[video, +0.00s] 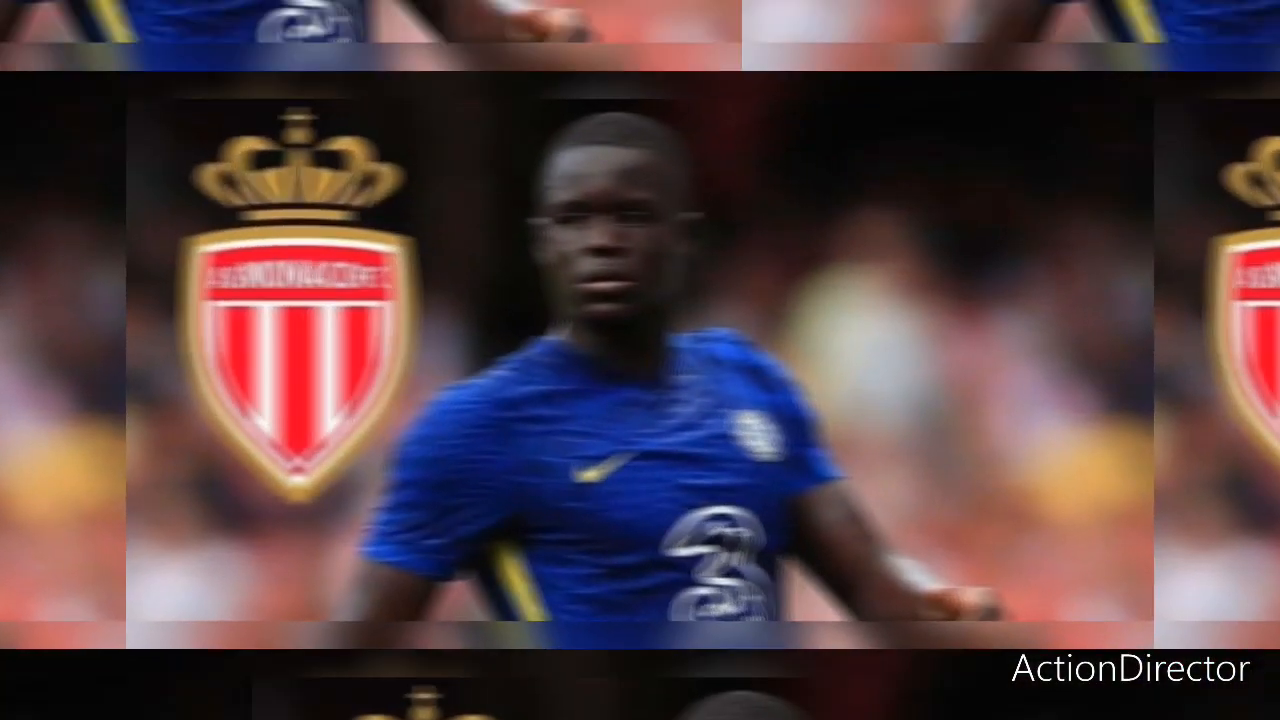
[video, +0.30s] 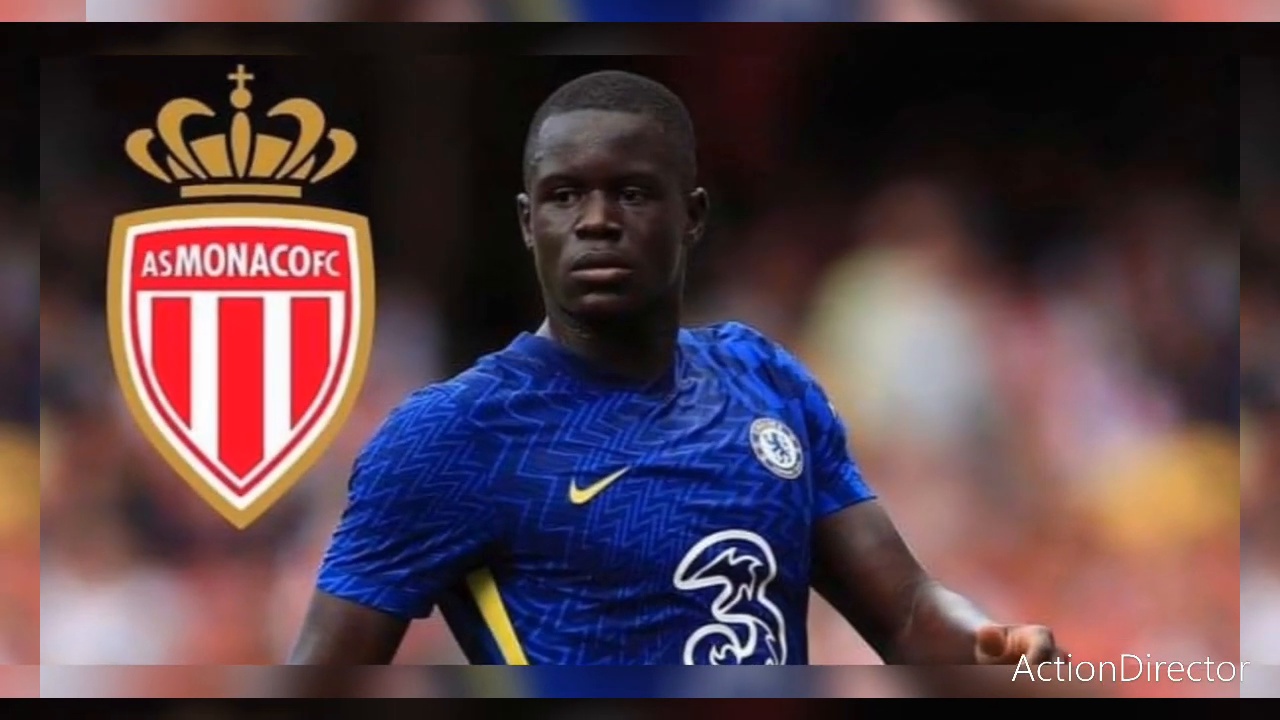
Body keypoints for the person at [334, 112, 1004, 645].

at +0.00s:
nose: (604, 241)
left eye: (634, 216)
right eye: (573, 219)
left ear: (683, 237)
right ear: (539, 243)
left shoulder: (741, 379)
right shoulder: (476, 428)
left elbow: (869, 576)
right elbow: (356, 646)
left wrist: (943, 615)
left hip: (753, 698)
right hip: (592, 705)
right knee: (743, 706)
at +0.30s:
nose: (598, 218)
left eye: (634, 191)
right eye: (565, 193)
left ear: (693, 219)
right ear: (529, 223)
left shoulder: (762, 383)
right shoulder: (445, 441)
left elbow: (903, 608)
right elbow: (319, 676)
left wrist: (990, 654)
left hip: (773, 698)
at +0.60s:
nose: (596, 209)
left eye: (633, 178)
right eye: (560, 181)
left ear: (697, 208)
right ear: (522, 215)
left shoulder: (770, 384)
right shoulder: (432, 445)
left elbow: (920, 625)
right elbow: (302, 691)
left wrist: (1019, 674)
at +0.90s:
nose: (596, 208)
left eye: (633, 178)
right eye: (560, 180)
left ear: (697, 209)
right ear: (522, 214)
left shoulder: (770, 384)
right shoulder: (432, 445)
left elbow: (920, 624)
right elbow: (302, 691)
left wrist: (1021, 674)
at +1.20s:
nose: (596, 209)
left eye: (633, 178)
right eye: (560, 181)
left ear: (697, 208)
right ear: (522, 215)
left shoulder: (770, 384)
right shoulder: (432, 445)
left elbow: (920, 625)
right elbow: (302, 691)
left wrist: (1019, 674)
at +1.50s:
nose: (594, 210)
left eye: (633, 178)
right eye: (559, 181)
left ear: (697, 209)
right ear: (522, 216)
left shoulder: (770, 385)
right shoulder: (434, 443)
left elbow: (922, 627)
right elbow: (301, 690)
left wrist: (1018, 674)